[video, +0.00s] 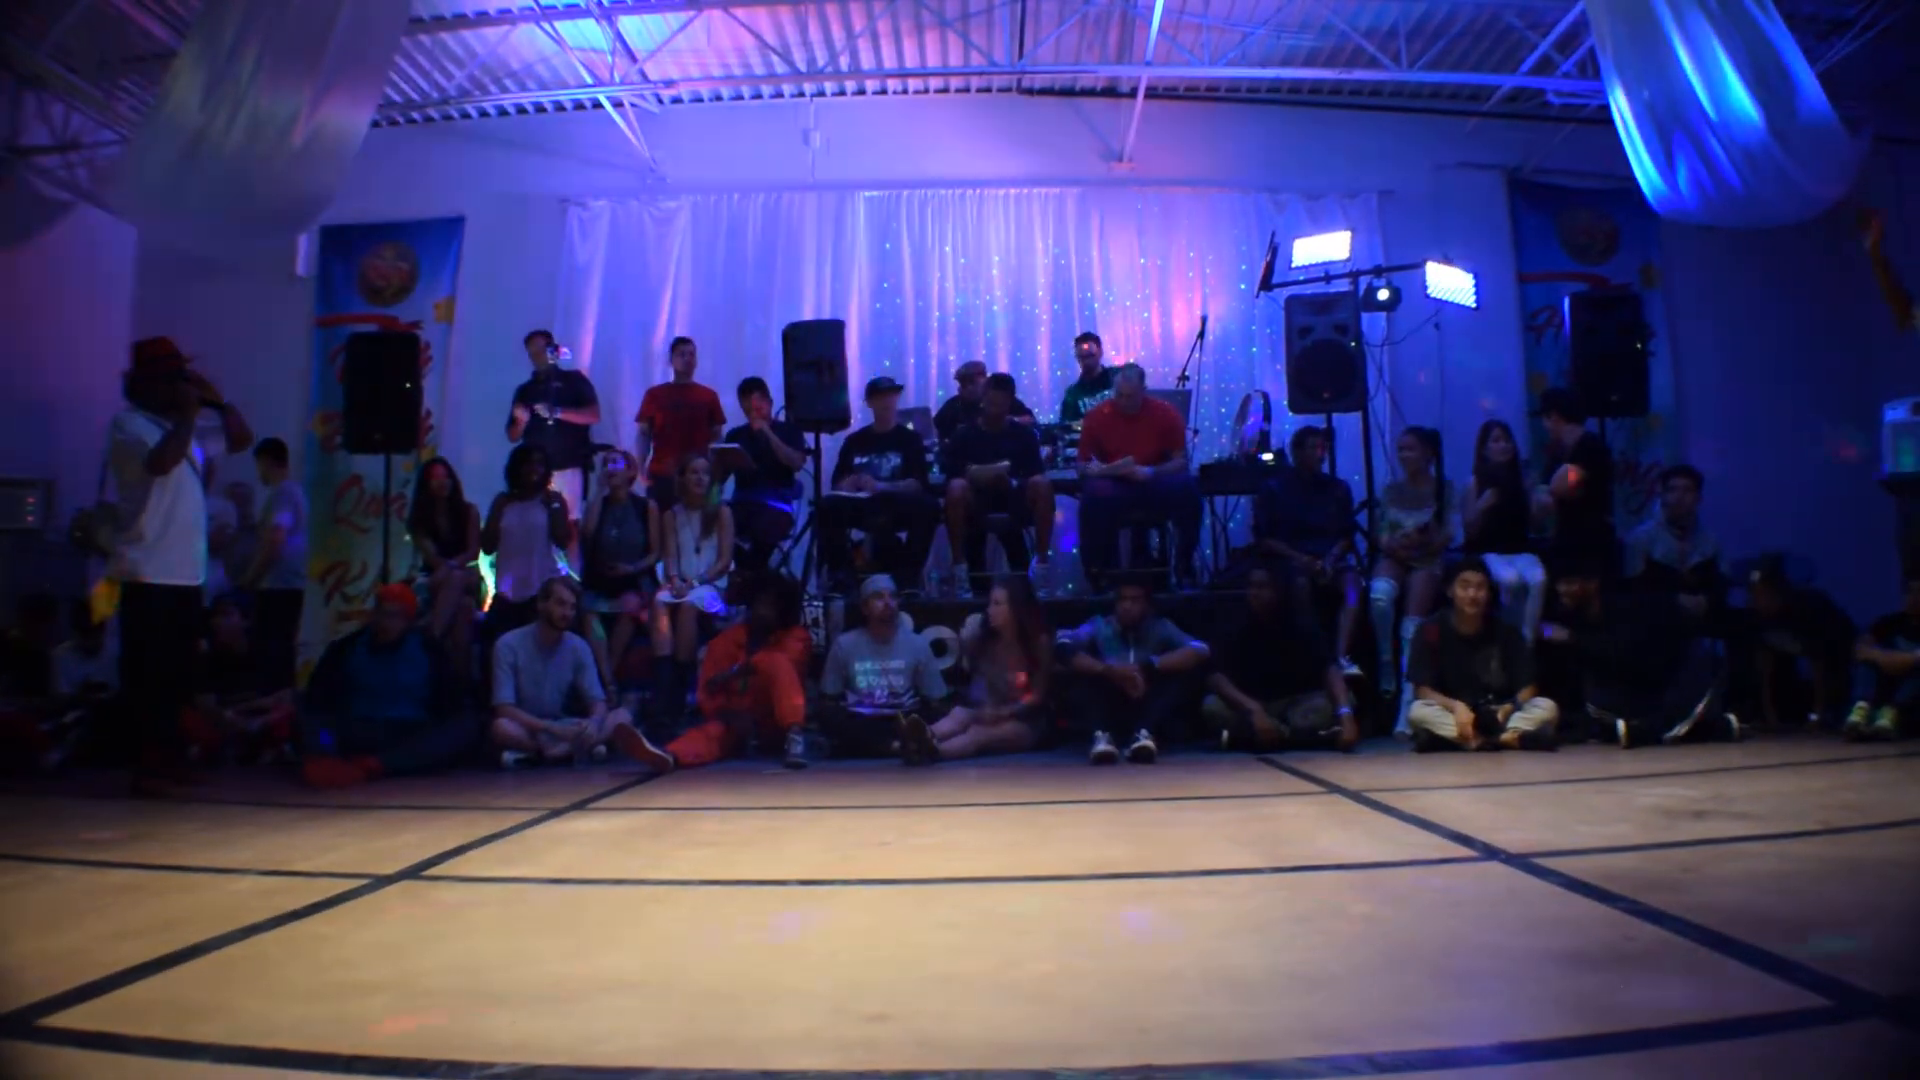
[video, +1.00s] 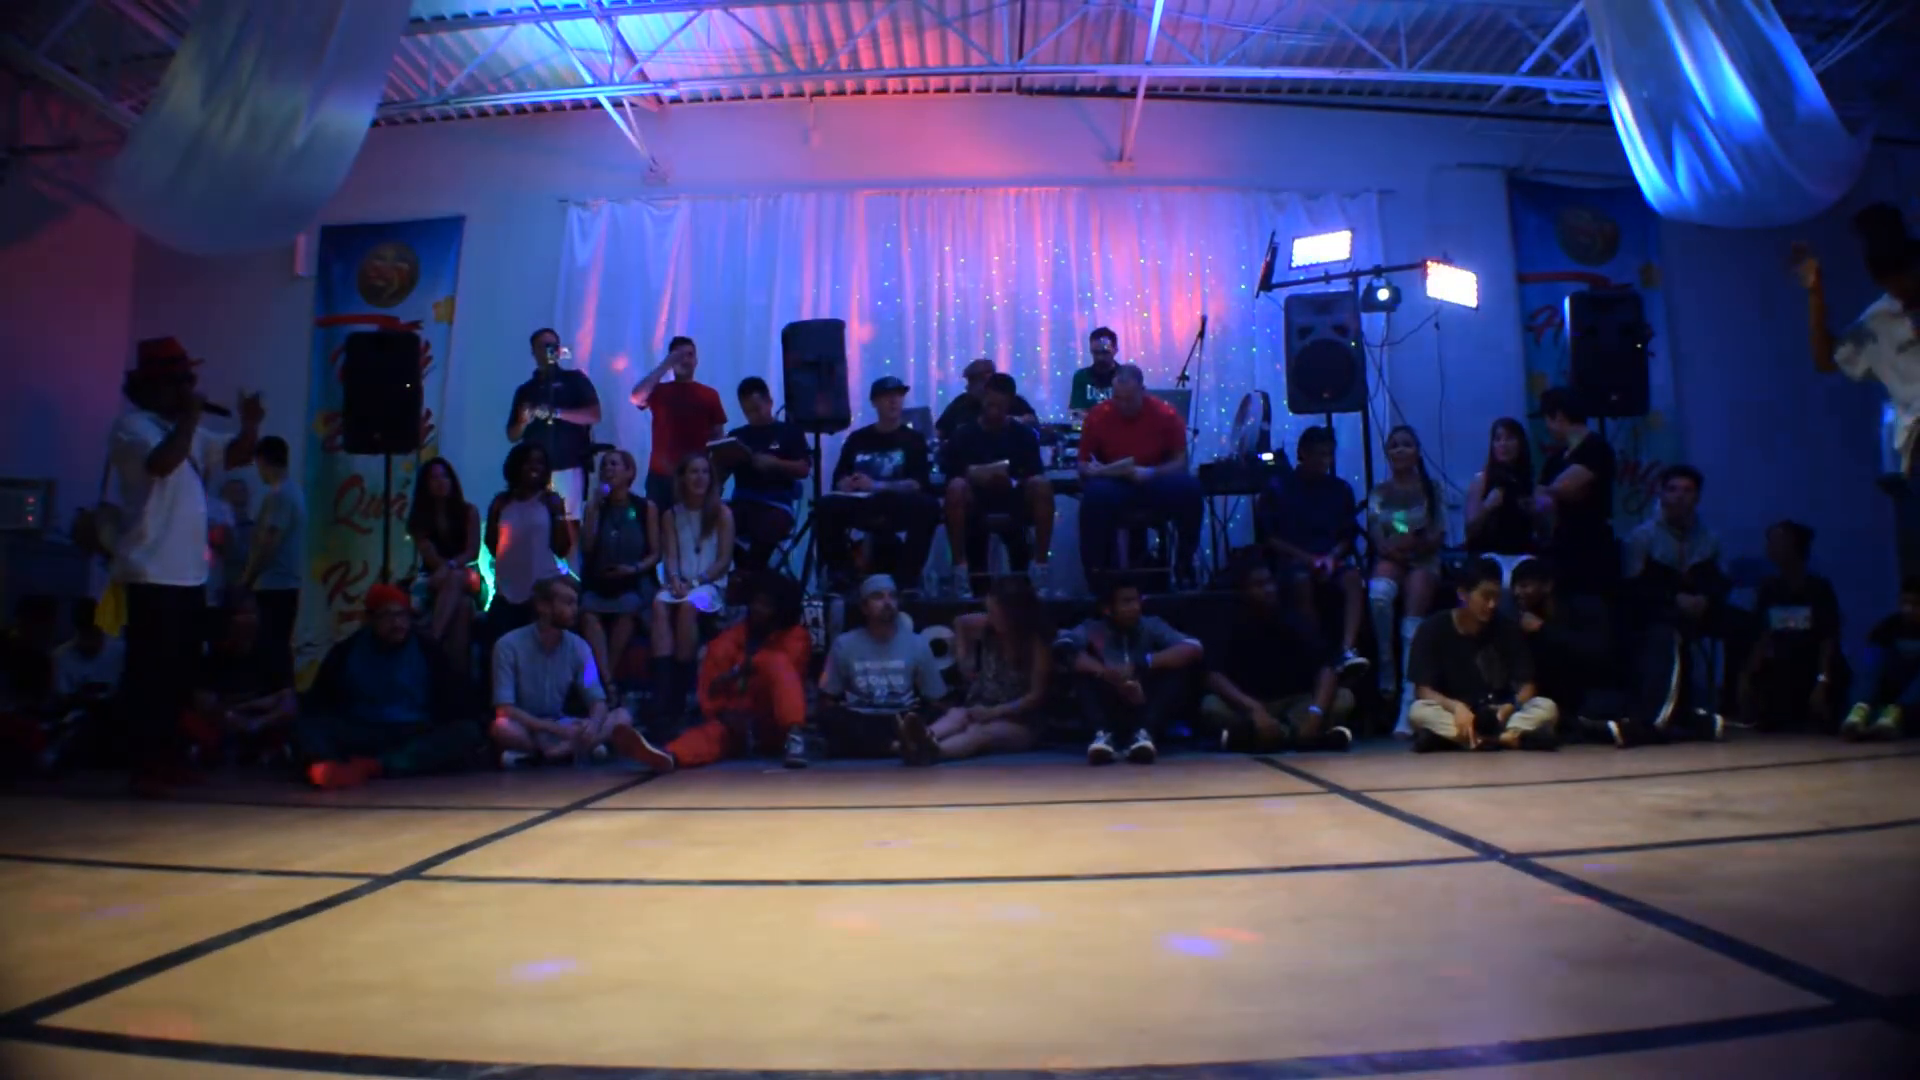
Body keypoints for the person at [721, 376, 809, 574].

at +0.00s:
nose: (755, 406)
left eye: (760, 400)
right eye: (748, 401)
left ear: (769, 403)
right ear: (742, 406)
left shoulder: (789, 431)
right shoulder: (736, 435)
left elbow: (797, 462)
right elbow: (719, 478)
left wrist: (768, 433)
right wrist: (725, 459)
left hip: (778, 499)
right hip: (745, 498)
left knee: (768, 529)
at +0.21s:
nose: (757, 412)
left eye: (761, 404)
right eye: (751, 407)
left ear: (769, 403)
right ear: (743, 407)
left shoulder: (788, 431)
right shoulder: (737, 435)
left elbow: (797, 463)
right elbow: (718, 475)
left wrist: (768, 434)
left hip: (777, 497)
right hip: (744, 497)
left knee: (767, 531)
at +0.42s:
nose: (755, 414)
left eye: (758, 408)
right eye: (749, 410)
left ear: (770, 404)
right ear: (743, 409)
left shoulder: (789, 431)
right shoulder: (736, 436)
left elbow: (798, 463)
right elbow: (720, 476)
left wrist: (769, 434)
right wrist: (723, 460)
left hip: (776, 499)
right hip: (743, 500)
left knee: (769, 530)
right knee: (719, 523)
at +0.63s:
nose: (755, 414)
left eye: (758, 407)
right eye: (749, 410)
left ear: (769, 404)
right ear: (743, 409)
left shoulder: (790, 432)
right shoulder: (736, 436)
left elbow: (798, 464)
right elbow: (720, 478)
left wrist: (770, 435)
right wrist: (722, 459)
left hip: (777, 500)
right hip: (743, 499)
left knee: (770, 529)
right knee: (718, 520)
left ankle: (754, 571)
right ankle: (743, 564)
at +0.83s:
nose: (754, 414)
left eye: (757, 407)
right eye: (748, 409)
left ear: (768, 403)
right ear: (742, 408)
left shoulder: (790, 432)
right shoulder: (737, 436)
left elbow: (803, 468)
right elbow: (718, 479)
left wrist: (776, 458)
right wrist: (723, 459)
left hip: (777, 501)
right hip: (743, 500)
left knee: (767, 531)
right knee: (723, 526)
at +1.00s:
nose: (754, 414)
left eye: (757, 407)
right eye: (748, 410)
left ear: (769, 403)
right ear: (742, 409)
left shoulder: (790, 432)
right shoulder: (737, 435)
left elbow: (803, 468)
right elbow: (719, 478)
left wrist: (773, 463)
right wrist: (723, 459)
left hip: (777, 502)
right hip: (743, 501)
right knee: (721, 524)